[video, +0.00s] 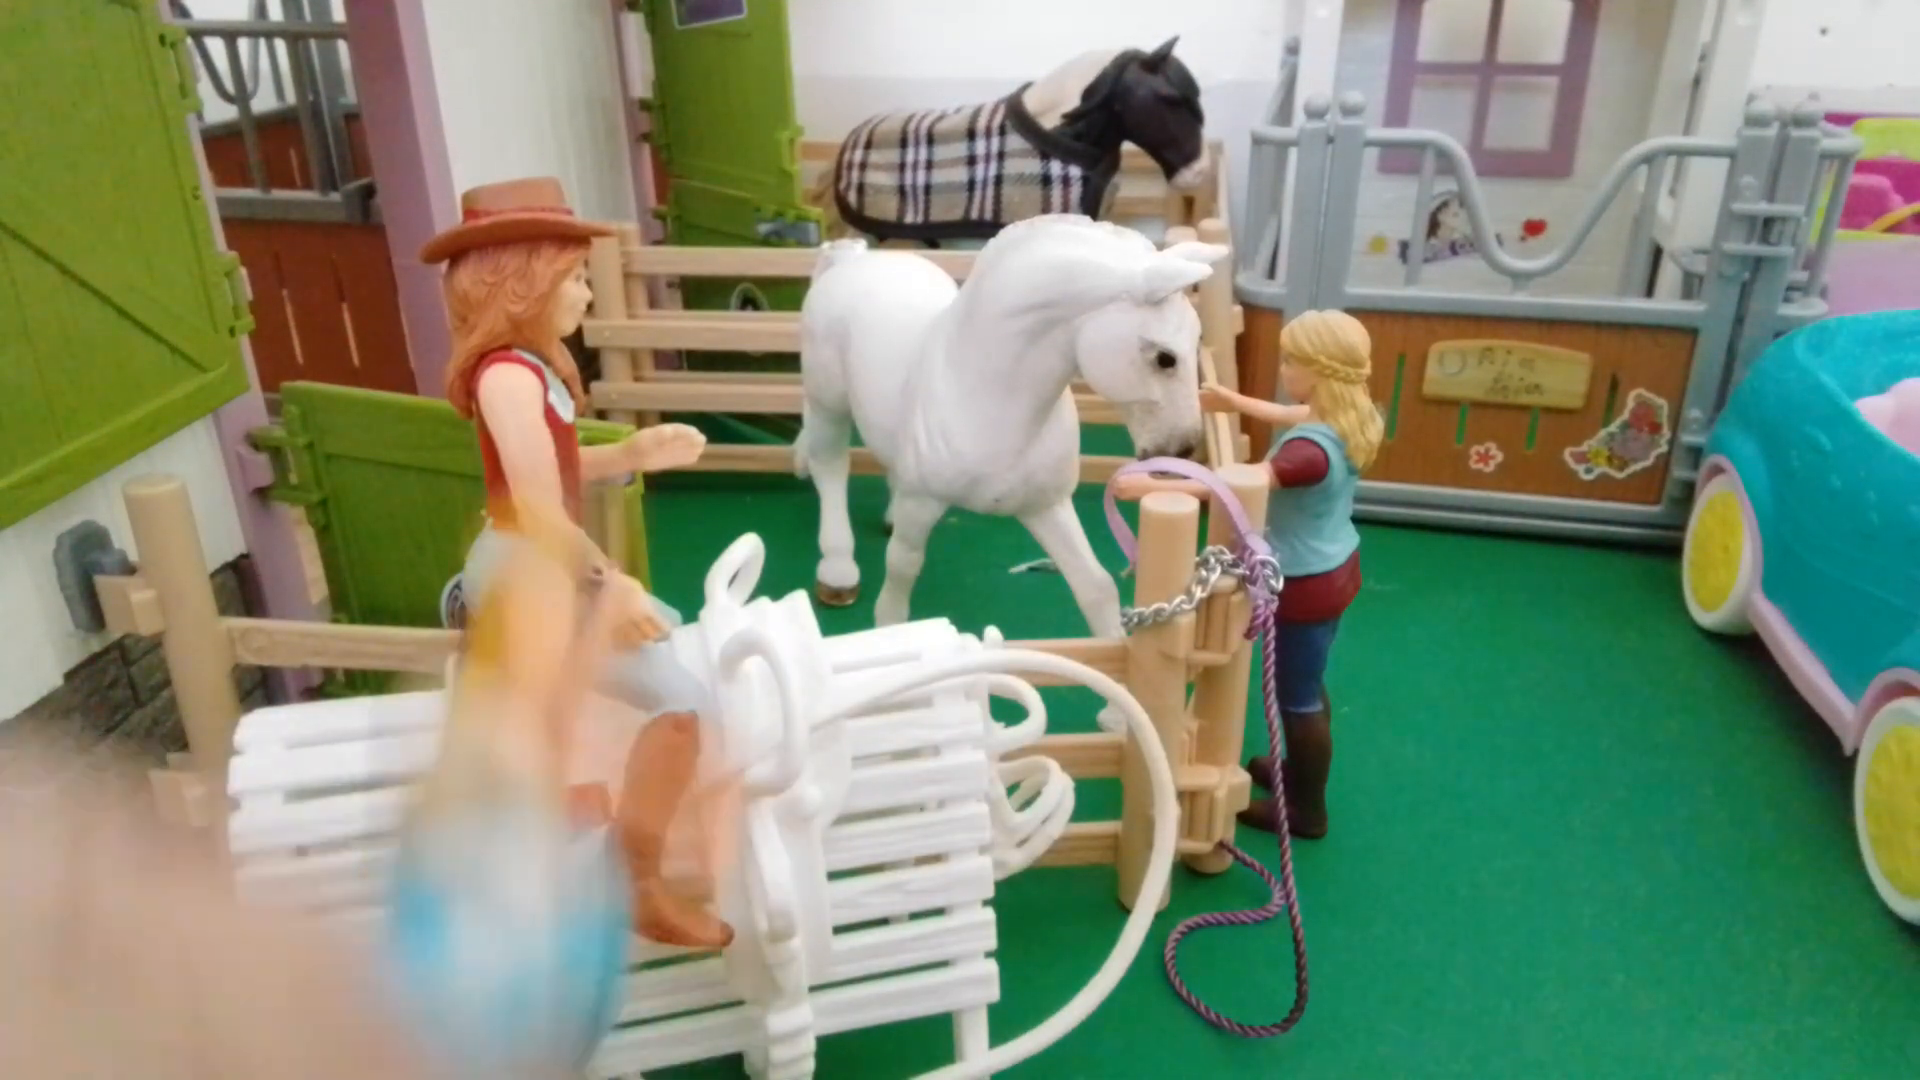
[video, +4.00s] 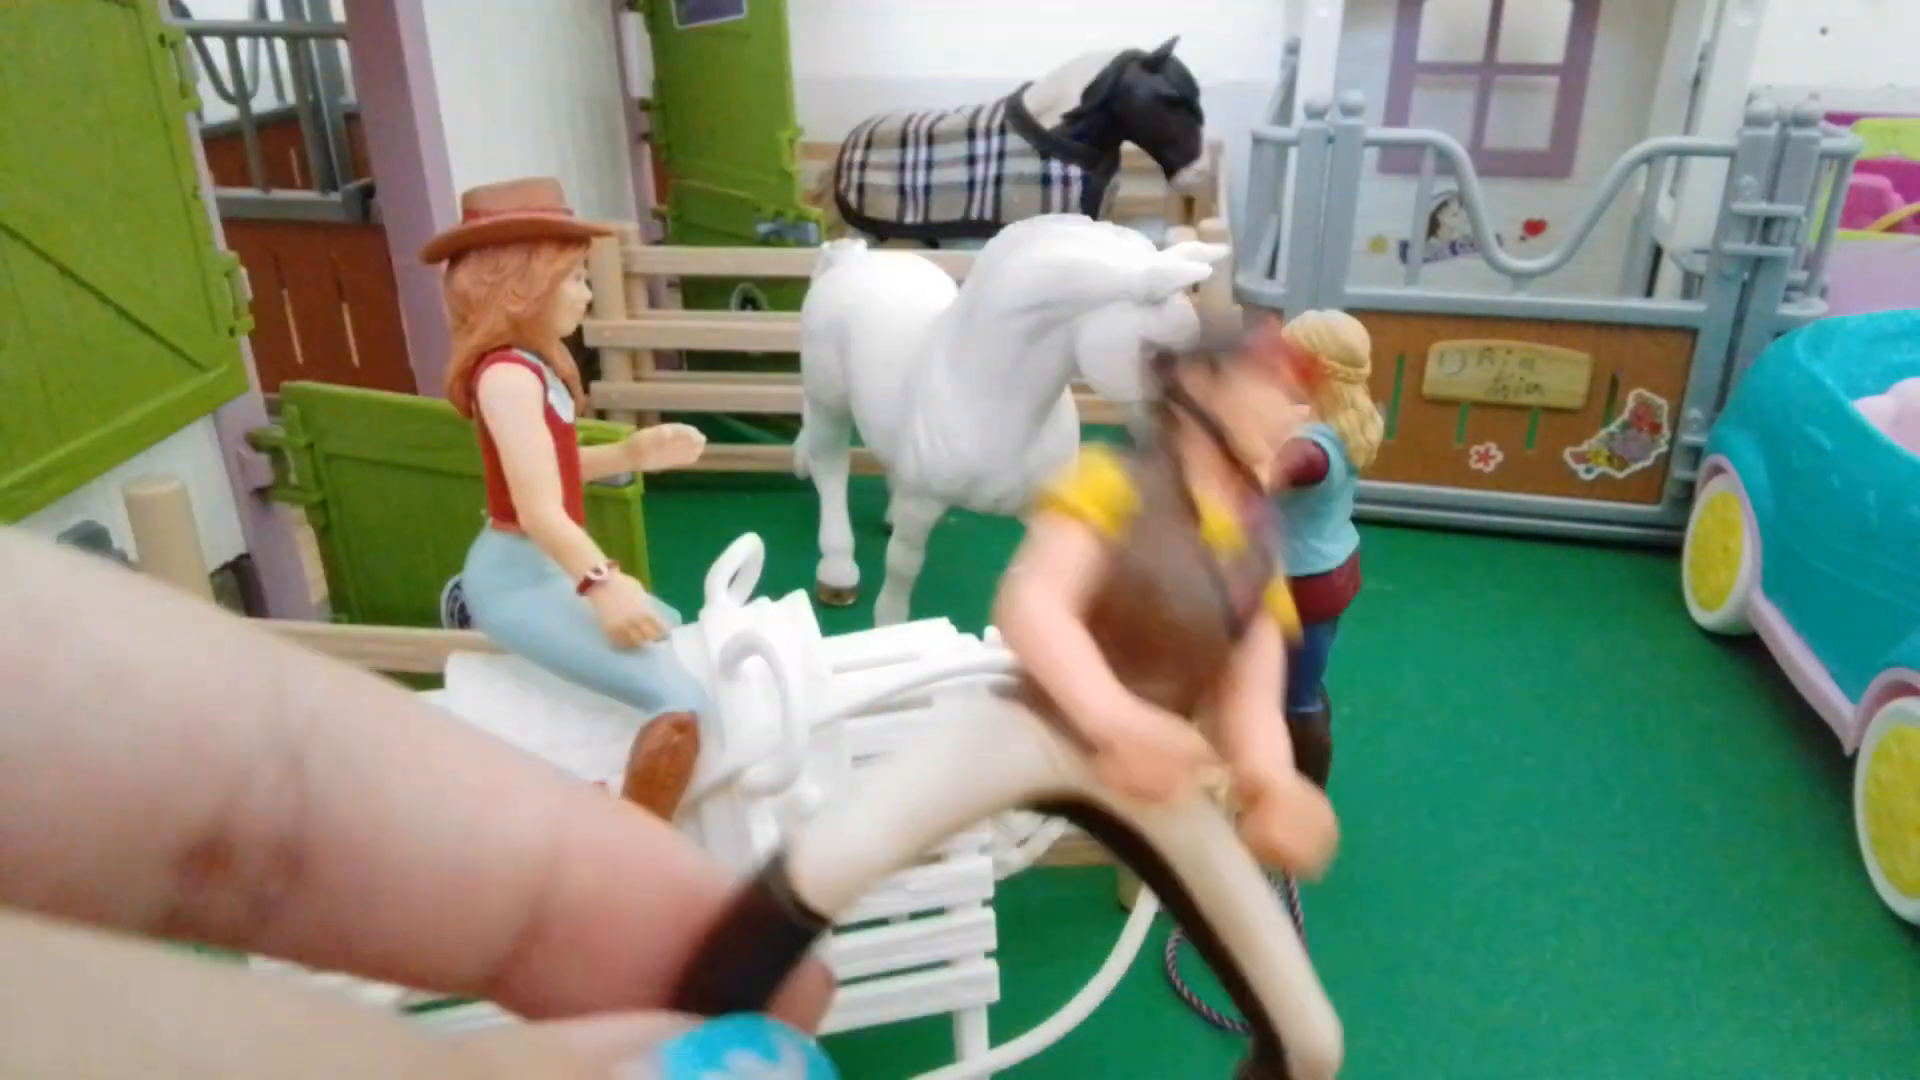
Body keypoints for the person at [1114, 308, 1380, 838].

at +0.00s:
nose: (1282, 371)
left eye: (1290, 362)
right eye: (1284, 360)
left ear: (1319, 372)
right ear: (1337, 373)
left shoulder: (1314, 448)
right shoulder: (1348, 417)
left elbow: (1244, 479)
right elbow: (1288, 416)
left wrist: (1159, 484)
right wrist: (1235, 400)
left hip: (1304, 589)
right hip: (1331, 568)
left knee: (1299, 700)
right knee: (1300, 682)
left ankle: (1303, 812)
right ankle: (1299, 774)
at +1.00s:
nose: (1281, 371)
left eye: (1290, 363)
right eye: (1284, 361)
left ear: (1317, 374)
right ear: (1336, 373)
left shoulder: (1315, 448)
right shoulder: (1346, 419)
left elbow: (1253, 479)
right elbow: (1292, 415)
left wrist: (1193, 479)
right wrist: (1236, 401)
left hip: (1309, 579)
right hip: (1333, 565)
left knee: (1297, 691)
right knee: (1299, 676)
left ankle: (1302, 809)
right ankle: (1298, 771)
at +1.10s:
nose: (1280, 373)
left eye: (1290, 363)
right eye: (1283, 362)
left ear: (1314, 373)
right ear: (1347, 369)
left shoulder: (1316, 438)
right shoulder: (1356, 422)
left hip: (1310, 574)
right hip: (1335, 564)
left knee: (1296, 688)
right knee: (1304, 680)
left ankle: (1303, 806)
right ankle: (1295, 772)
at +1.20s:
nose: (1281, 373)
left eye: (1290, 363)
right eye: (1286, 363)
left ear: (1308, 373)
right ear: (1349, 372)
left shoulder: (1311, 444)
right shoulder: (1336, 432)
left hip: (1316, 573)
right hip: (1337, 562)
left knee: (1304, 697)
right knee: (1304, 685)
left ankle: (1303, 806)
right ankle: (1294, 773)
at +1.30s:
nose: (1282, 371)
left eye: (1290, 362)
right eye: (1285, 360)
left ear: (1317, 373)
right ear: (1332, 372)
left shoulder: (1312, 448)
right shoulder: (1349, 417)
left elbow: (1248, 478)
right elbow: (1292, 415)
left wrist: (1187, 475)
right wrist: (1235, 400)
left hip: (1308, 586)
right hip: (1340, 564)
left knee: (1300, 694)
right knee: (1300, 674)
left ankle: (1303, 809)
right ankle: (1293, 766)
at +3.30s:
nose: (1282, 371)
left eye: (1290, 362)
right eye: (1285, 360)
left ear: (1318, 372)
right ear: (1336, 372)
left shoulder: (1314, 447)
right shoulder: (1349, 417)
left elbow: (1250, 478)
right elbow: (1290, 416)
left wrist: (1165, 484)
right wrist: (1236, 401)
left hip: (1304, 587)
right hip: (1334, 564)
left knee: (1295, 698)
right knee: (1305, 683)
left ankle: (1307, 811)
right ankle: (1309, 788)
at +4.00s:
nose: (1282, 369)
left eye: (1291, 359)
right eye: (1284, 358)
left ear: (1310, 372)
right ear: (1340, 372)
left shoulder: (1317, 444)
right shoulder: (1347, 421)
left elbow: (1258, 475)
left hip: (1308, 579)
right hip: (1335, 559)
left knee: (1299, 699)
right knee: (1308, 685)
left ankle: (1305, 804)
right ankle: (1306, 791)